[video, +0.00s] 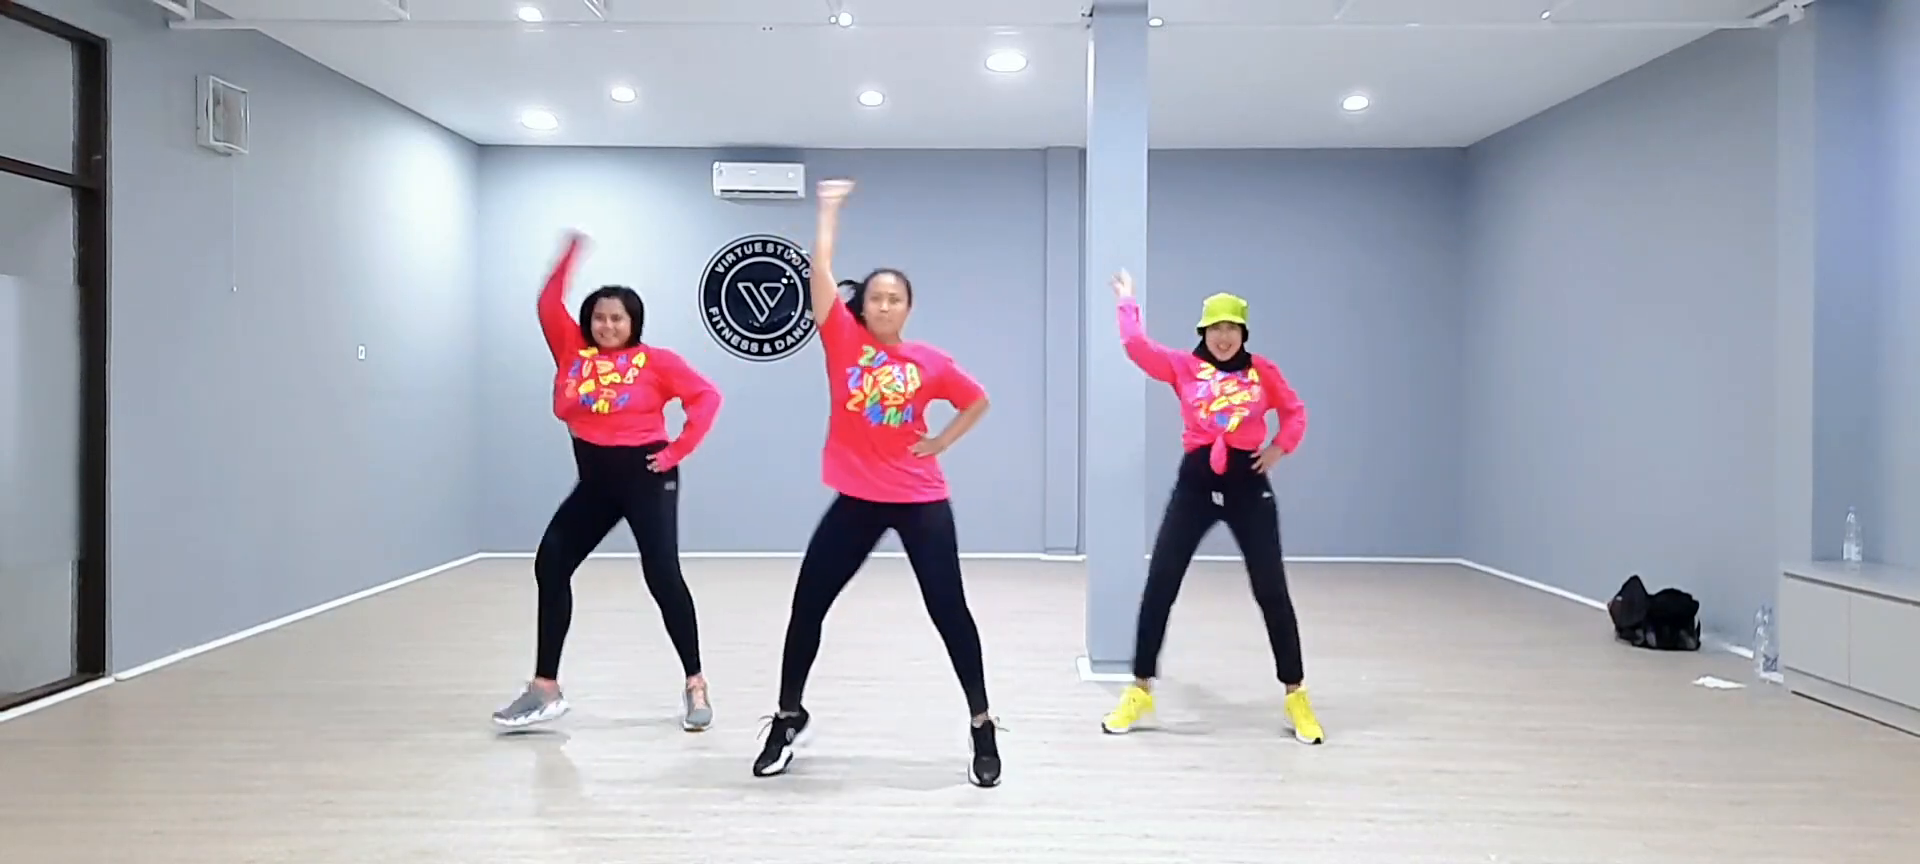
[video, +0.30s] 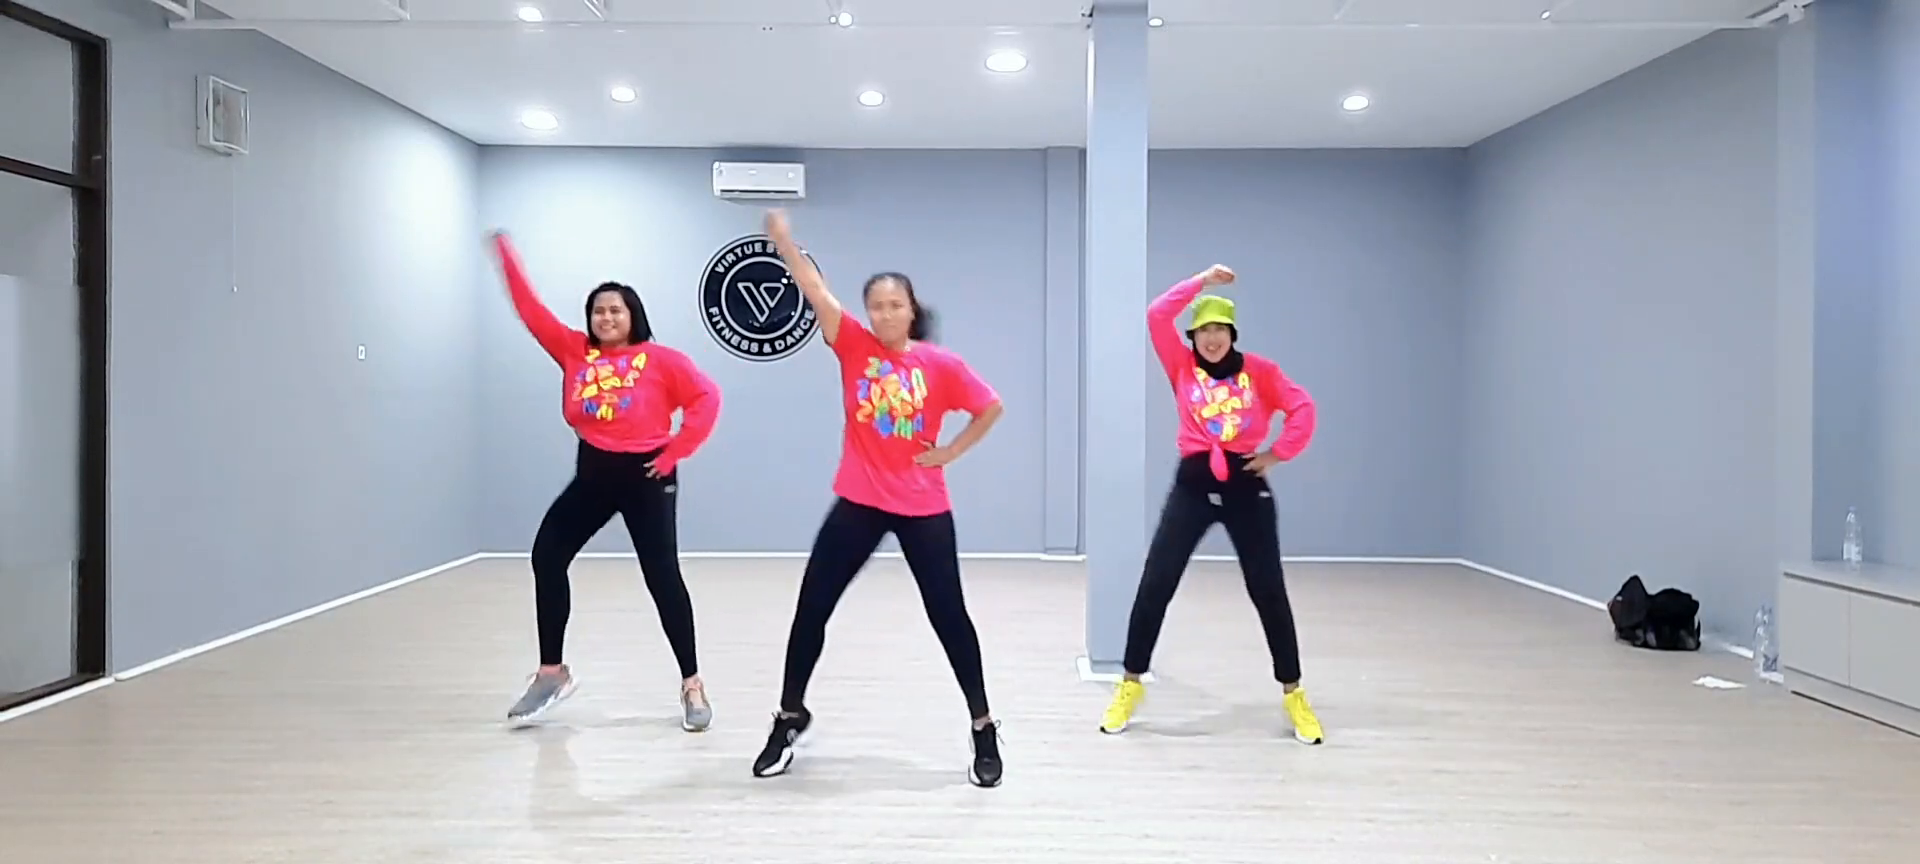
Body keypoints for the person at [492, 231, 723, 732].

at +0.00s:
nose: (609, 323)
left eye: (619, 317)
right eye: (600, 316)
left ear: (633, 323)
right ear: (589, 322)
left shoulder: (655, 362)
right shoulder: (573, 355)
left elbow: (708, 398)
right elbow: (548, 305)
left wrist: (679, 449)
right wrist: (568, 258)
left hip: (648, 478)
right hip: (595, 481)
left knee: (662, 575)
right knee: (551, 563)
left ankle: (695, 683)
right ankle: (545, 686)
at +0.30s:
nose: (607, 317)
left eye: (616, 310)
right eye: (598, 311)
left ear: (633, 317)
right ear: (590, 319)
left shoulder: (660, 359)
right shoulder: (575, 353)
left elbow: (707, 398)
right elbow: (531, 310)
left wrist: (678, 449)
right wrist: (507, 256)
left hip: (647, 479)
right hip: (593, 478)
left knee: (662, 575)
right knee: (547, 556)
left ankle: (692, 684)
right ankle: (551, 671)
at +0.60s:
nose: (591, 333)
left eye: (600, 327)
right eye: (585, 326)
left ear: (616, 334)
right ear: (574, 335)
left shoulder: (643, 379)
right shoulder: (555, 382)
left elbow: (672, 434)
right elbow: (521, 429)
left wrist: (660, 489)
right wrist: (490, 403)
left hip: (620, 495)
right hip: (564, 492)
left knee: (641, 584)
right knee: (558, 590)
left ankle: (663, 690)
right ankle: (563, 687)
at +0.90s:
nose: (618, 317)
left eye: (628, 311)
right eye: (610, 311)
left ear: (643, 322)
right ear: (596, 321)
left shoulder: (673, 370)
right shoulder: (573, 372)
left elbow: (693, 432)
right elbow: (553, 431)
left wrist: (700, 482)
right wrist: (594, 435)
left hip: (653, 486)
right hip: (593, 484)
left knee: (649, 591)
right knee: (581, 590)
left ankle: (642, 700)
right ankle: (620, 582)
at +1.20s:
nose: (625, 307)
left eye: (633, 300)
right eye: (615, 301)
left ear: (647, 310)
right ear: (600, 312)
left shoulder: (668, 357)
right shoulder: (575, 353)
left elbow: (694, 415)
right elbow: (522, 389)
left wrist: (697, 407)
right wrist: (559, 441)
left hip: (652, 473)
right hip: (597, 469)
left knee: (656, 583)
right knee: (636, 575)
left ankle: (649, 690)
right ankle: (610, 708)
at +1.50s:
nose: (633, 320)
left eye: (632, 313)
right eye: (623, 312)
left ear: (615, 326)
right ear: (596, 321)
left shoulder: (608, 368)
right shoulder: (593, 367)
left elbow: (629, 421)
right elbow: (632, 422)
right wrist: (670, 391)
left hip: (604, 490)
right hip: (589, 490)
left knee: (633, 594)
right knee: (615, 607)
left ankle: (622, 707)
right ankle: (586, 747)